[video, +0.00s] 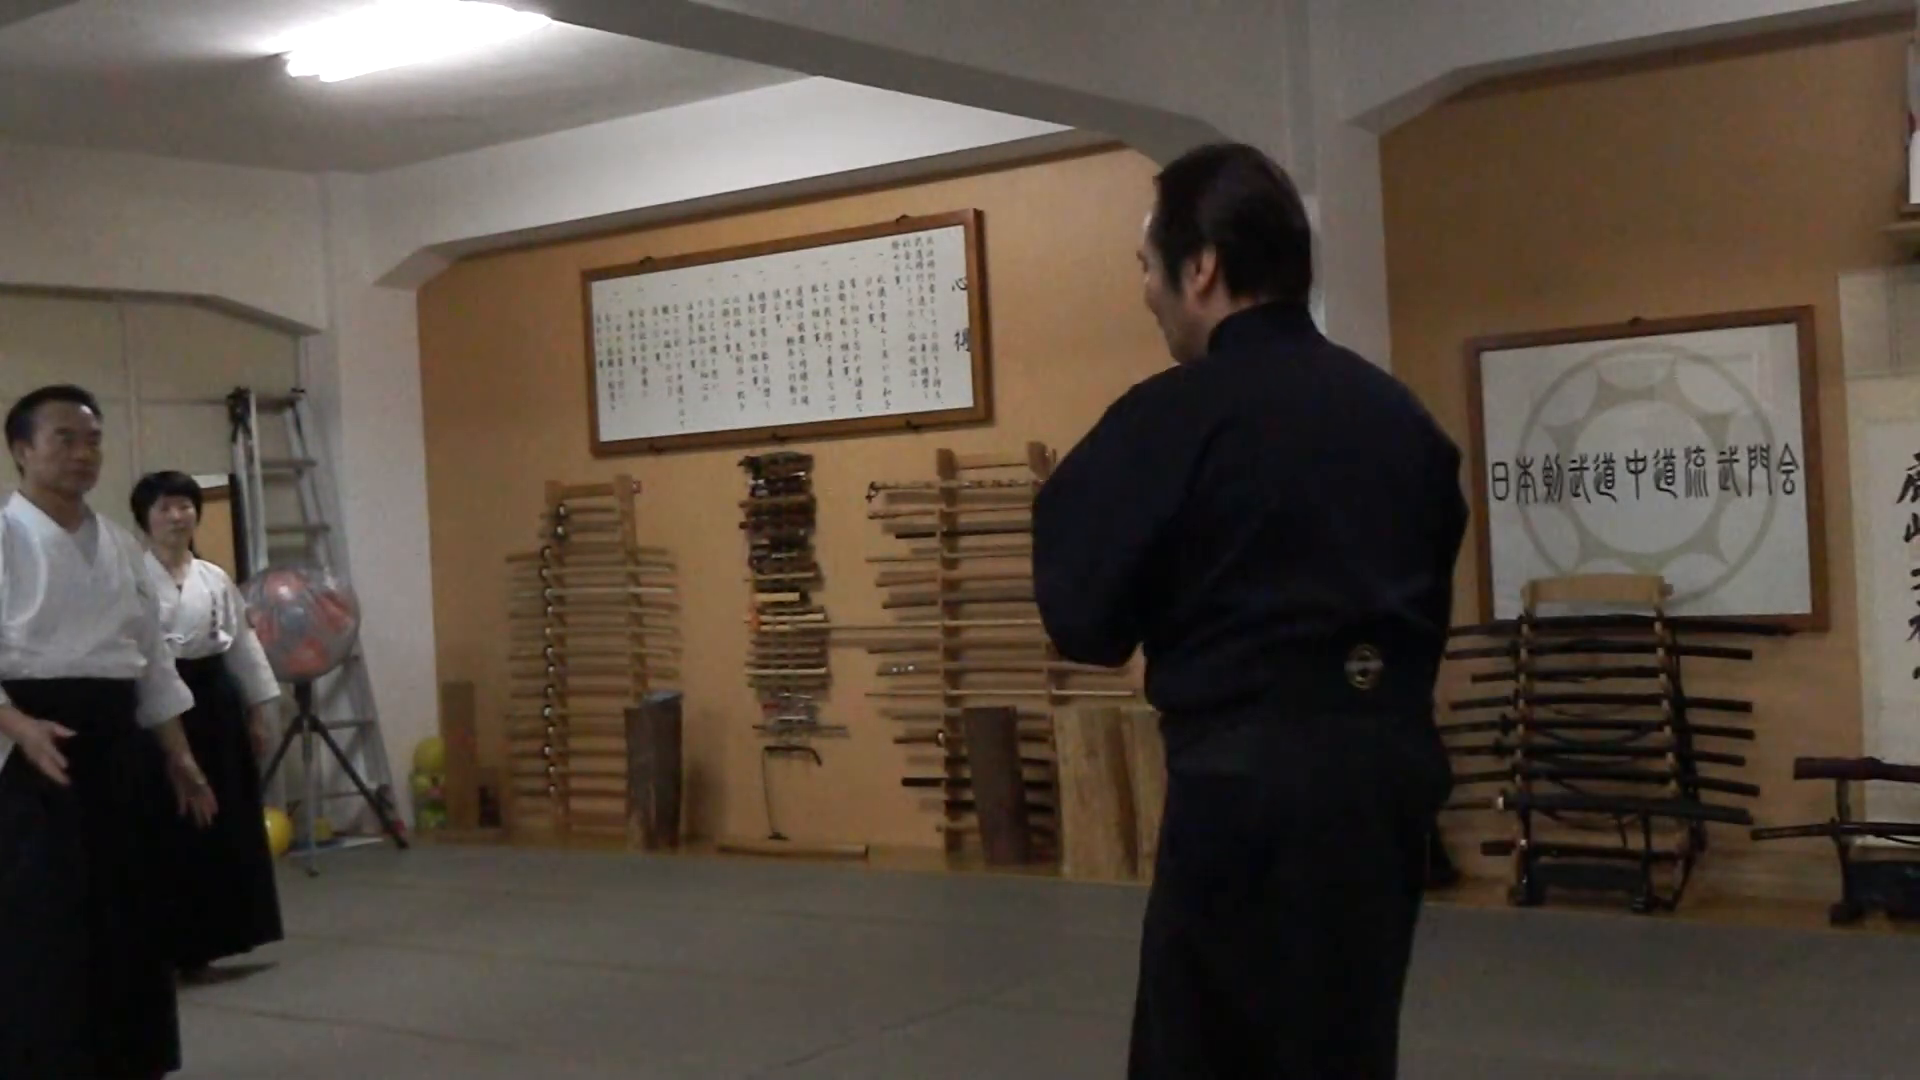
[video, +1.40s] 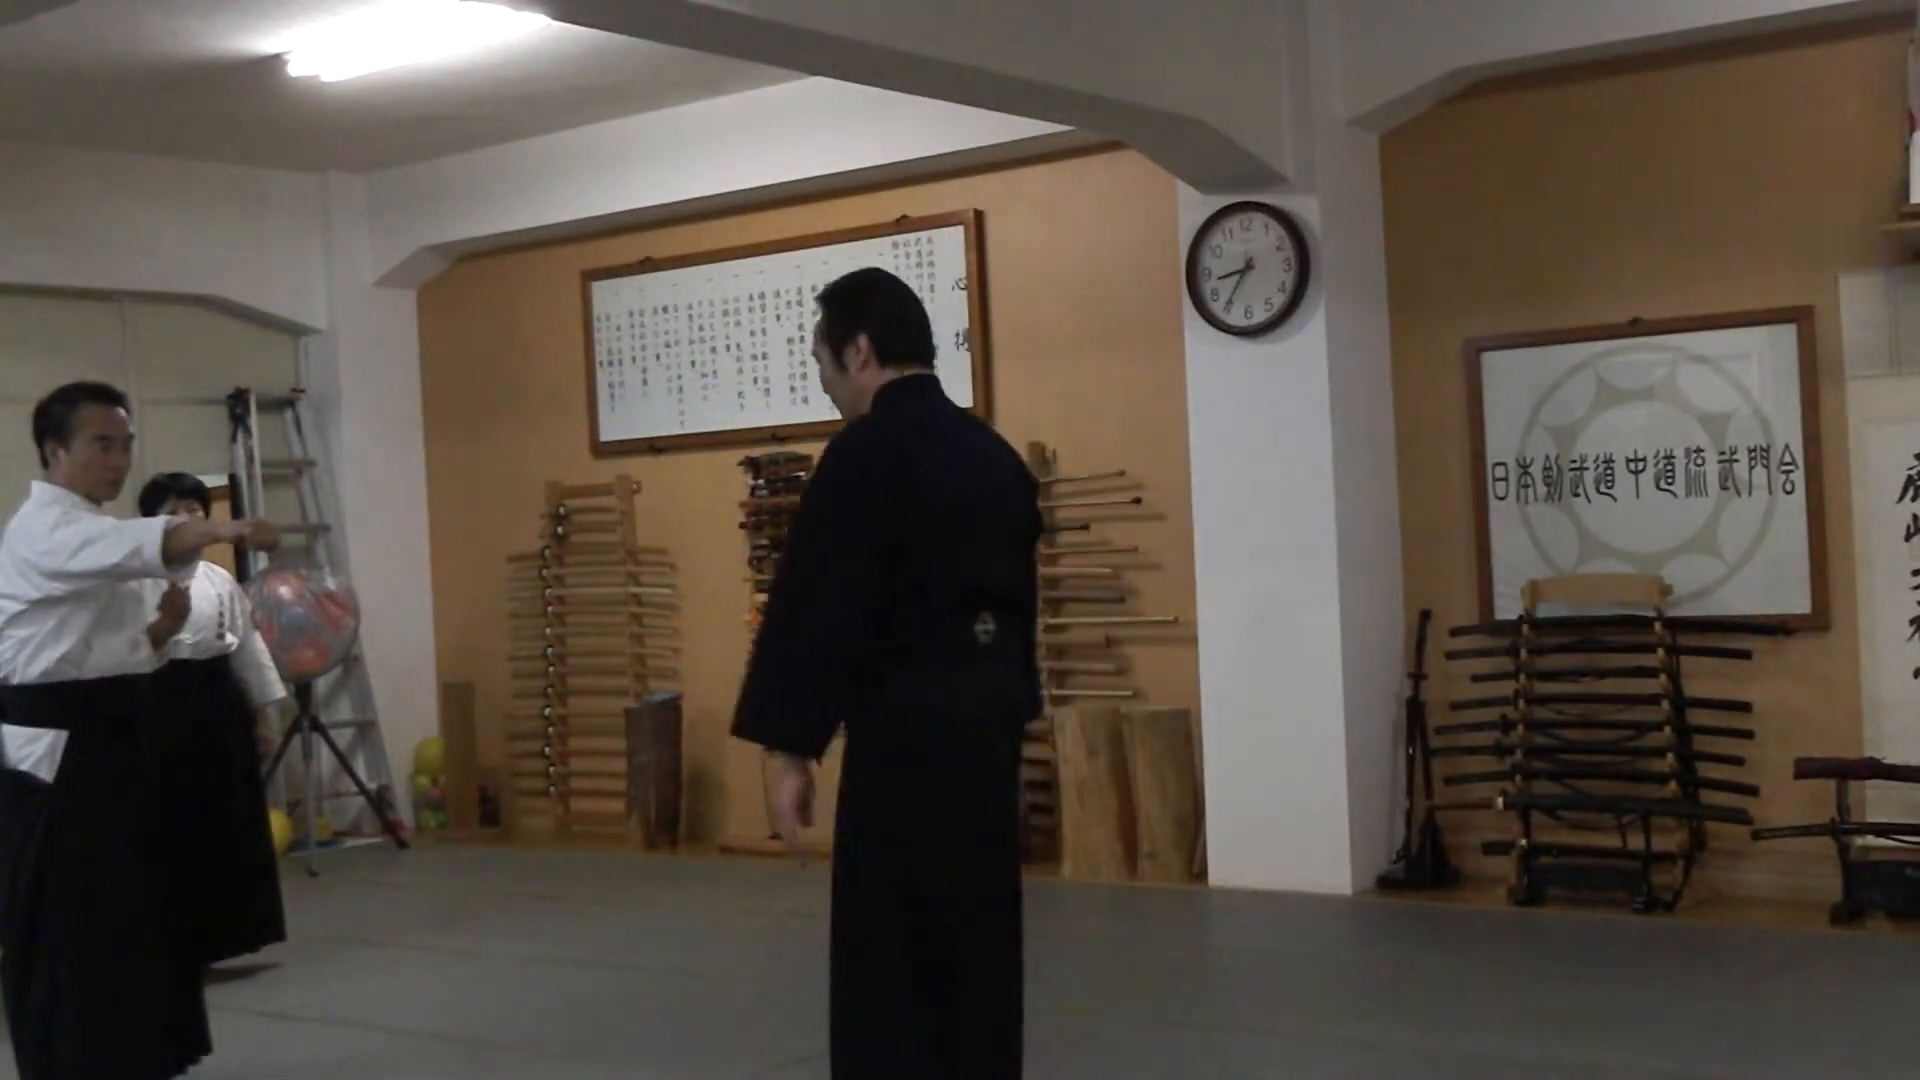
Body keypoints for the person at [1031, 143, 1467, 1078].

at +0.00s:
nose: (1144, 293)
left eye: (1149, 266)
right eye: (1143, 267)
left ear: (1205, 271)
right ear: (1294, 267)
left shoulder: (1168, 415)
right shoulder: (1400, 411)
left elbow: (1084, 623)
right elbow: (1426, 610)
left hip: (1238, 778)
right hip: (1390, 771)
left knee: (1198, 1046)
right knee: (1355, 1046)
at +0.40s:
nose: (1088, 335)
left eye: (1096, 311)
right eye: (1089, 312)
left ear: (1154, 316)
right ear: (1190, 314)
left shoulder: (1131, 445)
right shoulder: (1292, 442)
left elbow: (1044, 602)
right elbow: (1296, 592)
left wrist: (1055, 484)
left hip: (1186, 765)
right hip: (1292, 746)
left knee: (1117, 1009)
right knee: (1277, 992)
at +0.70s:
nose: (1041, 339)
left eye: (1049, 315)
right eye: (1042, 317)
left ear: (1100, 320)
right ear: (1136, 319)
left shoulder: (1084, 439)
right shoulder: (1228, 433)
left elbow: (1010, 589)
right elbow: (1216, 566)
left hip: (1143, 747)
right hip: (1248, 733)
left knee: (1050, 977)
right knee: (1225, 971)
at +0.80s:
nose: (1022, 347)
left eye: (1029, 323)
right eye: (1022, 325)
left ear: (1080, 327)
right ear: (1120, 327)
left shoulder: (1062, 447)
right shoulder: (1205, 441)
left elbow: (982, 595)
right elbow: (1195, 578)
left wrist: (963, 673)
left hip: (1118, 741)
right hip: (1225, 722)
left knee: (1060, 967)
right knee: (1212, 958)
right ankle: (1208, 1074)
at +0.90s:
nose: (999, 349)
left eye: (1006, 330)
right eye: (999, 330)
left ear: (1050, 337)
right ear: (1102, 333)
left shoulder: (1031, 459)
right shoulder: (1174, 452)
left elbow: (974, 604)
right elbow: (1157, 601)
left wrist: (924, 745)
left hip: (1085, 737)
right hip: (1192, 719)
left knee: (1043, 950)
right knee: (1192, 948)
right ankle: (1191, 1066)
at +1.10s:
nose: (917, 368)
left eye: (924, 349)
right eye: (918, 349)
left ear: (966, 354)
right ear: (1009, 353)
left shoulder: (955, 468)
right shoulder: (1094, 466)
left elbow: (926, 631)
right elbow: (1103, 632)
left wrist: (920, 782)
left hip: (985, 766)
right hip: (1090, 759)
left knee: (973, 992)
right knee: (1099, 977)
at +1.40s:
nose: (827, 384)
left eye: (827, 363)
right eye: (822, 365)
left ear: (863, 351)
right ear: (921, 349)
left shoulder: (864, 452)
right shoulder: (995, 453)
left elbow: (818, 601)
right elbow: (1011, 605)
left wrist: (793, 749)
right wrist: (1004, 711)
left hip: (900, 733)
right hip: (989, 727)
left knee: (883, 946)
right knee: (978, 940)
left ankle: (886, 1068)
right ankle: (979, 1066)